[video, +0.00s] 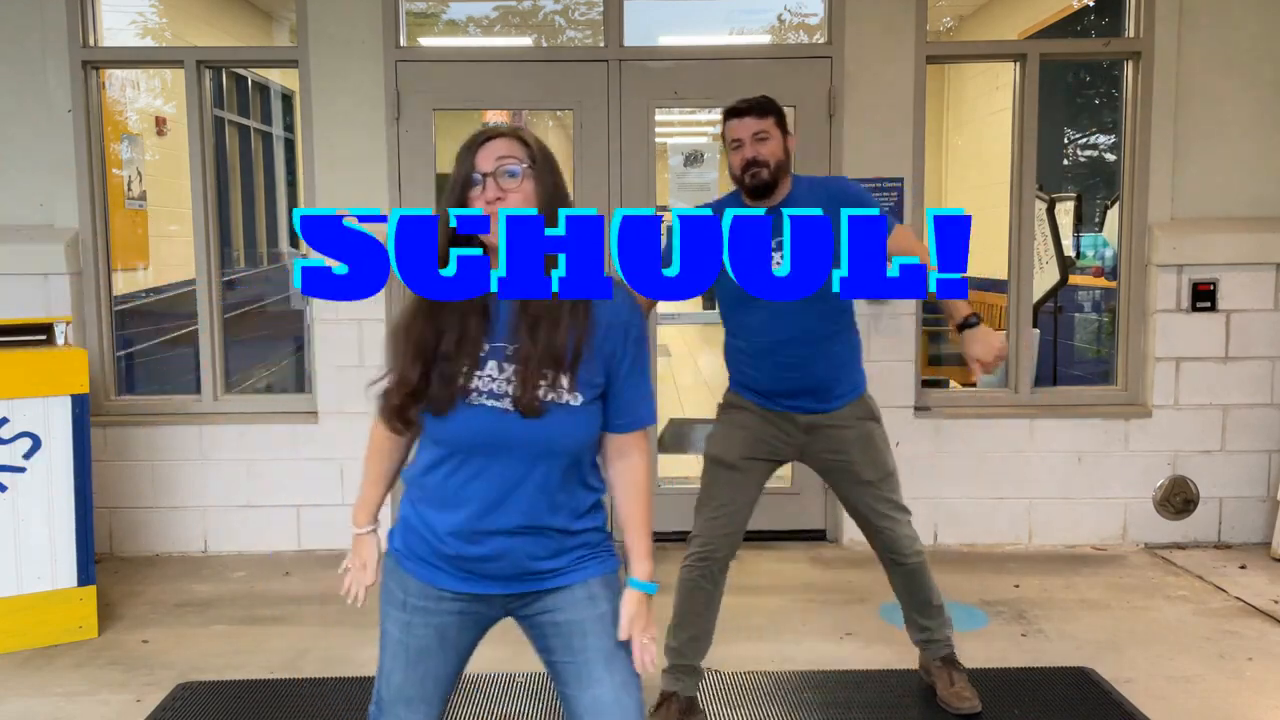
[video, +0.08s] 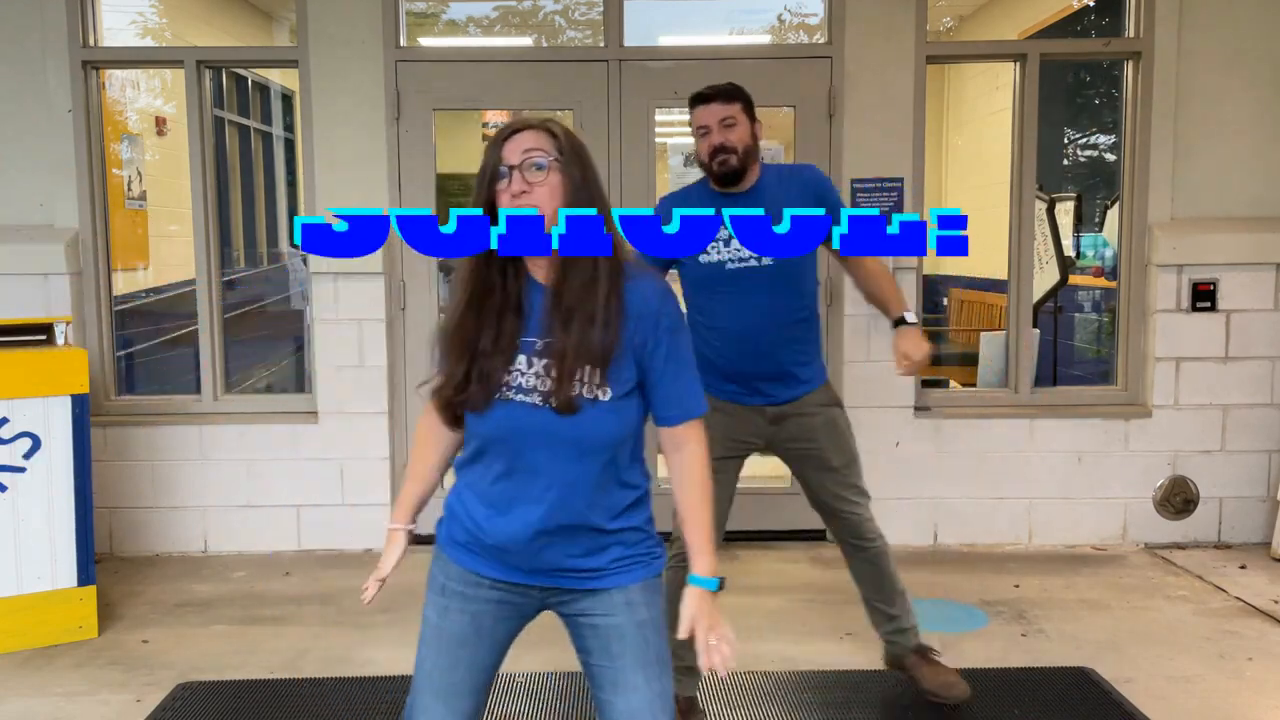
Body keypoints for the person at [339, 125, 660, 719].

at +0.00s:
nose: (492, 190)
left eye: (510, 173)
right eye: (477, 180)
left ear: (547, 186)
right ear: (464, 199)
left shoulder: (603, 302)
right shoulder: (439, 292)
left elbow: (628, 446)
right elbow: (399, 411)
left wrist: (641, 577)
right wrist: (363, 520)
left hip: (569, 563)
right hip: (435, 563)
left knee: (617, 711)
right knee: (400, 712)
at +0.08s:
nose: (517, 181)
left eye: (537, 166)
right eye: (503, 172)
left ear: (577, 184)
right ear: (489, 198)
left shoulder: (639, 298)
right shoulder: (486, 296)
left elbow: (683, 440)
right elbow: (446, 410)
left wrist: (704, 578)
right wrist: (400, 521)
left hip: (612, 565)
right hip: (479, 560)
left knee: (645, 711)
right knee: (433, 710)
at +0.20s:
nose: (554, 180)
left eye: (576, 162)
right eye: (542, 168)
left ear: (618, 182)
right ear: (532, 193)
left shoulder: (669, 287)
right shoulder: (539, 292)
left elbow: (756, 424)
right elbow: (501, 421)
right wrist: (453, 526)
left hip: (655, 569)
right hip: (535, 558)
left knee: (665, 711)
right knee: (483, 708)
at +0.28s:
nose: (580, 169)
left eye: (601, 152)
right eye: (569, 159)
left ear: (643, 169)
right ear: (558, 182)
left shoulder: (695, 277)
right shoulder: (567, 285)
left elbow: (790, 404)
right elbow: (540, 418)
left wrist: (864, 536)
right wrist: (486, 519)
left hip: (682, 564)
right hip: (571, 552)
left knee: (671, 711)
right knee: (541, 706)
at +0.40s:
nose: (619, 157)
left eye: (638, 140)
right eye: (606, 145)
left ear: (677, 156)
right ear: (594, 165)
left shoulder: (723, 260)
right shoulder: (604, 273)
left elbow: (822, 381)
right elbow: (581, 408)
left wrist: (908, 504)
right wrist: (537, 504)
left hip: (711, 556)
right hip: (621, 547)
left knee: (678, 711)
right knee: (624, 710)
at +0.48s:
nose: (652, 166)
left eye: (672, 148)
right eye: (640, 153)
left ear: (709, 168)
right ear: (627, 175)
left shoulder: (751, 270)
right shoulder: (632, 276)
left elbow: (843, 394)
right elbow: (609, 409)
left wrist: (925, 512)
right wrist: (566, 510)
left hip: (742, 558)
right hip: (659, 552)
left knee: (696, 710)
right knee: (679, 706)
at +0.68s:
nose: (738, 200)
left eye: (759, 186)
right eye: (726, 189)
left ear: (792, 202)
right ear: (711, 207)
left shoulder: (842, 305)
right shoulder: (711, 310)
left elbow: (911, 428)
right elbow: (686, 430)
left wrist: (949, 547)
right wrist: (602, 515)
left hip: (835, 577)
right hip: (743, 572)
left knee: (734, 711)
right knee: (739, 712)